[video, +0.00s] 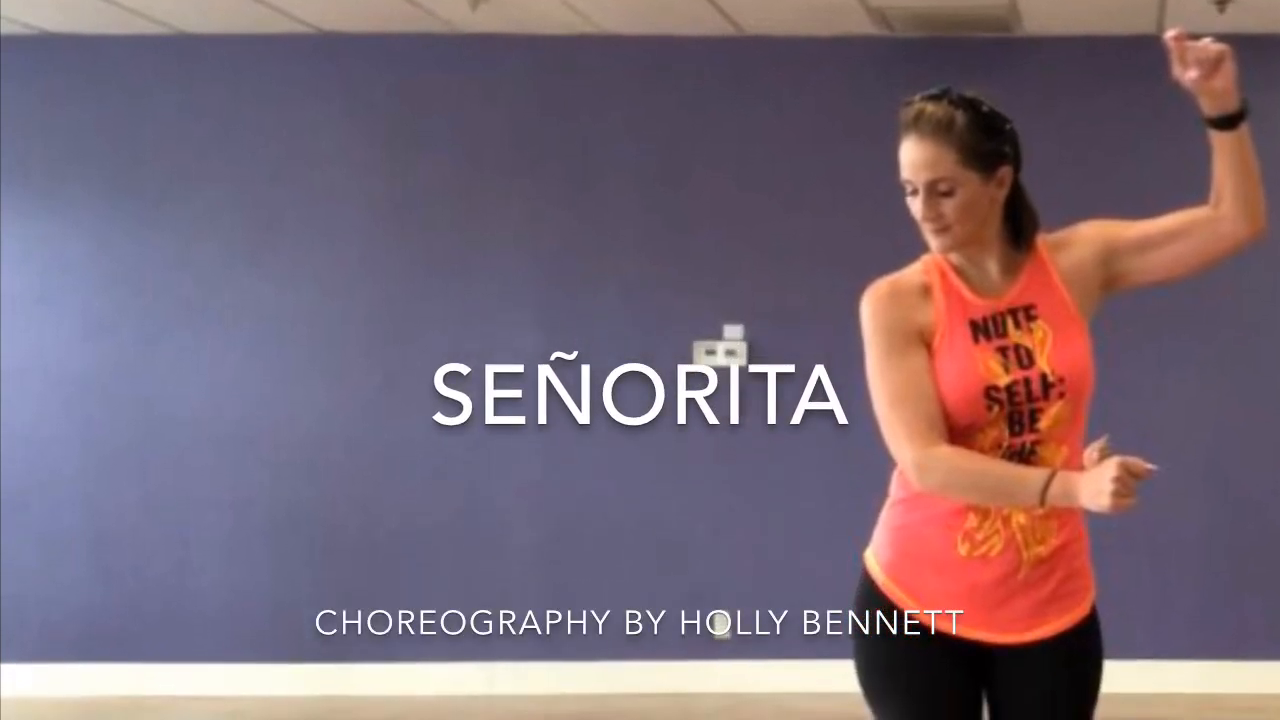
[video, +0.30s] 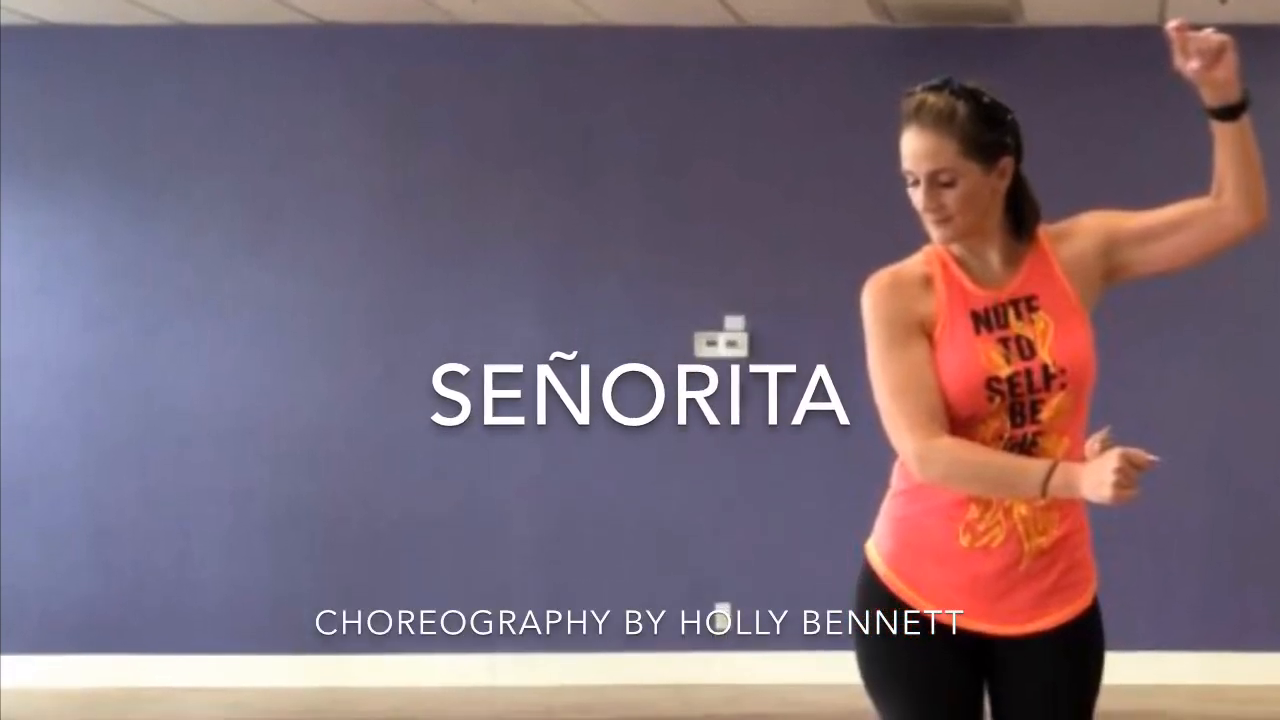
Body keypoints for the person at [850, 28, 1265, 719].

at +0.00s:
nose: (924, 211)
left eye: (943, 190)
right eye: (911, 192)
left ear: (1001, 179)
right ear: (902, 187)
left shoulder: (1081, 260)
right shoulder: (896, 305)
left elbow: (1238, 220)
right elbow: (925, 460)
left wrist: (1222, 108)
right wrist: (1068, 486)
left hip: (1048, 618)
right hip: (916, 618)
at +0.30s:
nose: (925, 201)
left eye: (944, 181)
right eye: (912, 183)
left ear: (1002, 170)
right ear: (903, 179)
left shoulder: (1083, 250)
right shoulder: (897, 295)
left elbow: (1240, 212)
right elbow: (925, 452)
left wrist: (1223, 99)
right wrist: (1069, 477)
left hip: (1050, 609)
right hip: (916, 608)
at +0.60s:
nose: (926, 192)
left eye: (945, 172)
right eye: (914, 173)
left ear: (1003, 161)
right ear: (904, 170)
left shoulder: (1085, 241)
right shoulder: (899, 286)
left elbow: (1242, 202)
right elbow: (926, 443)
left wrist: (1225, 90)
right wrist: (1071, 468)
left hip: (1051, 600)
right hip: (918, 599)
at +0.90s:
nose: (928, 184)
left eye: (946, 163)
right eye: (915, 165)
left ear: (1004, 152)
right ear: (905, 161)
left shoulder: (1086, 232)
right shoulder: (901, 276)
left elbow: (1242, 195)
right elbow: (927, 435)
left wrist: (1227, 82)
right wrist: (1073, 459)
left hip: (1053, 590)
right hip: (919, 589)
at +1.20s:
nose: (929, 176)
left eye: (947, 154)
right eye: (916, 155)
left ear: (1006, 142)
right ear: (906, 151)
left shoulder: (1087, 223)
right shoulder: (901, 267)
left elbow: (1244, 185)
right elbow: (930, 427)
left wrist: (1229, 74)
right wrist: (1076, 452)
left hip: (1055, 581)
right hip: (921, 581)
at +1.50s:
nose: (929, 166)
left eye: (948, 144)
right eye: (916, 145)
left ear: (1007, 134)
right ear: (907, 142)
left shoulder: (1089, 215)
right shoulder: (902, 258)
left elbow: (1246, 175)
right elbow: (931, 417)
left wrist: (1230, 61)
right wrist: (1077, 443)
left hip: (1056, 573)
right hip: (923, 573)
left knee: (1055, 711)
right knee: (935, 707)